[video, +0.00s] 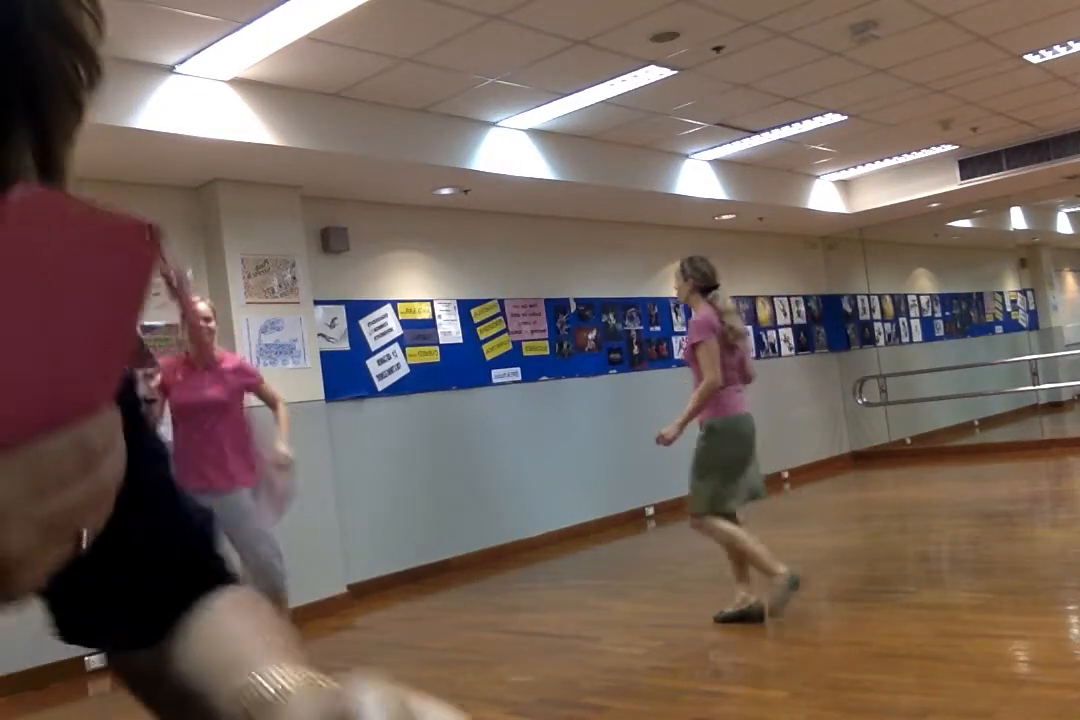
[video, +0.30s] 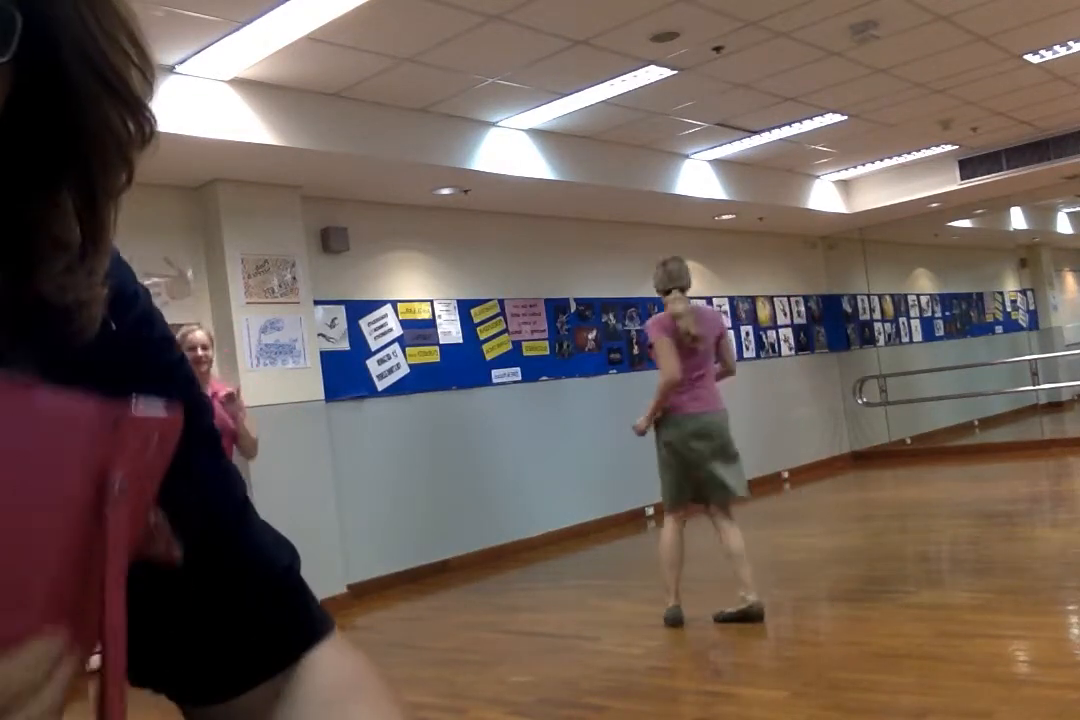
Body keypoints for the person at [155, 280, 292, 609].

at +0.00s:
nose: (205, 326)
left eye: (209, 319)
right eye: (197, 320)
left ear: (216, 324)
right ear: (184, 327)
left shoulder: (235, 367)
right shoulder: (170, 370)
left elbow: (277, 403)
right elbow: (150, 427)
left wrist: (282, 446)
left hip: (234, 485)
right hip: (189, 488)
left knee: (266, 561)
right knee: (202, 569)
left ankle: (279, 633)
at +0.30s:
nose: (199, 355)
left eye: (205, 348)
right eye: (191, 349)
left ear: (213, 352)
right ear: (180, 354)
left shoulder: (224, 395)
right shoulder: (172, 397)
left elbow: (250, 452)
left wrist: (236, 416)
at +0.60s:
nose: (213, 308)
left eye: (216, 302)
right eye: (204, 303)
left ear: (222, 306)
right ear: (188, 311)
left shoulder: (235, 345)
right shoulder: (181, 351)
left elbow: (256, 386)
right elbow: (177, 396)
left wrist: (262, 400)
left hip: (247, 446)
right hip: (208, 451)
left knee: (259, 519)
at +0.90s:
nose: (237, 334)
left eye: (240, 327)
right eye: (228, 329)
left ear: (246, 332)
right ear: (212, 337)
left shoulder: (264, 377)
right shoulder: (199, 379)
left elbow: (282, 429)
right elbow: (196, 436)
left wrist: (304, 475)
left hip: (270, 481)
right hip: (228, 485)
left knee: (281, 558)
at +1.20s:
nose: (248, 329)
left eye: (251, 322)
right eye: (239, 324)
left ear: (255, 326)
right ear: (222, 332)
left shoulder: (271, 370)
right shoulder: (205, 370)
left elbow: (279, 416)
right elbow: (198, 426)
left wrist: (289, 455)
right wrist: (209, 400)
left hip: (259, 476)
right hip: (221, 477)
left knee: (259, 547)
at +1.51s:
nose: (279, 334)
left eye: (280, 328)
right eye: (272, 329)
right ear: (250, 332)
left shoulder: (263, 370)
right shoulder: (238, 373)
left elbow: (259, 429)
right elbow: (260, 425)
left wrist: (272, 460)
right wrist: (307, 432)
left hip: (269, 478)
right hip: (246, 485)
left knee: (325, 519)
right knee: (246, 556)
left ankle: (280, 577)